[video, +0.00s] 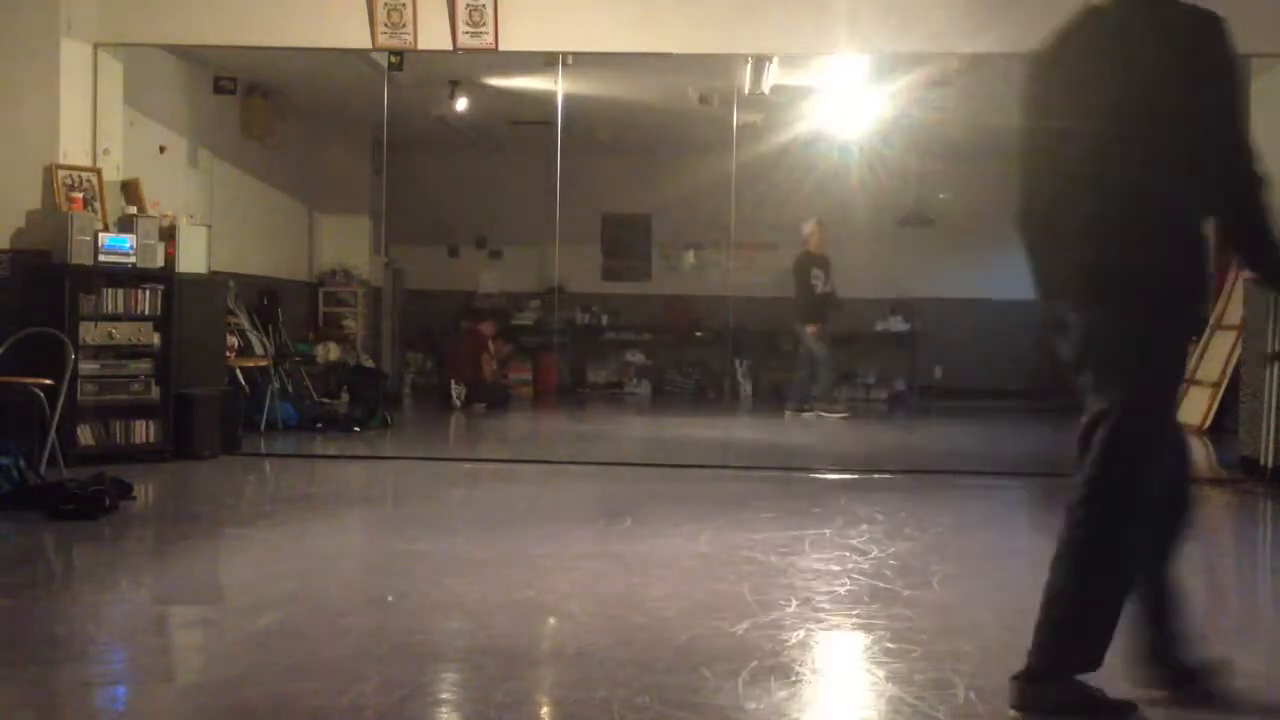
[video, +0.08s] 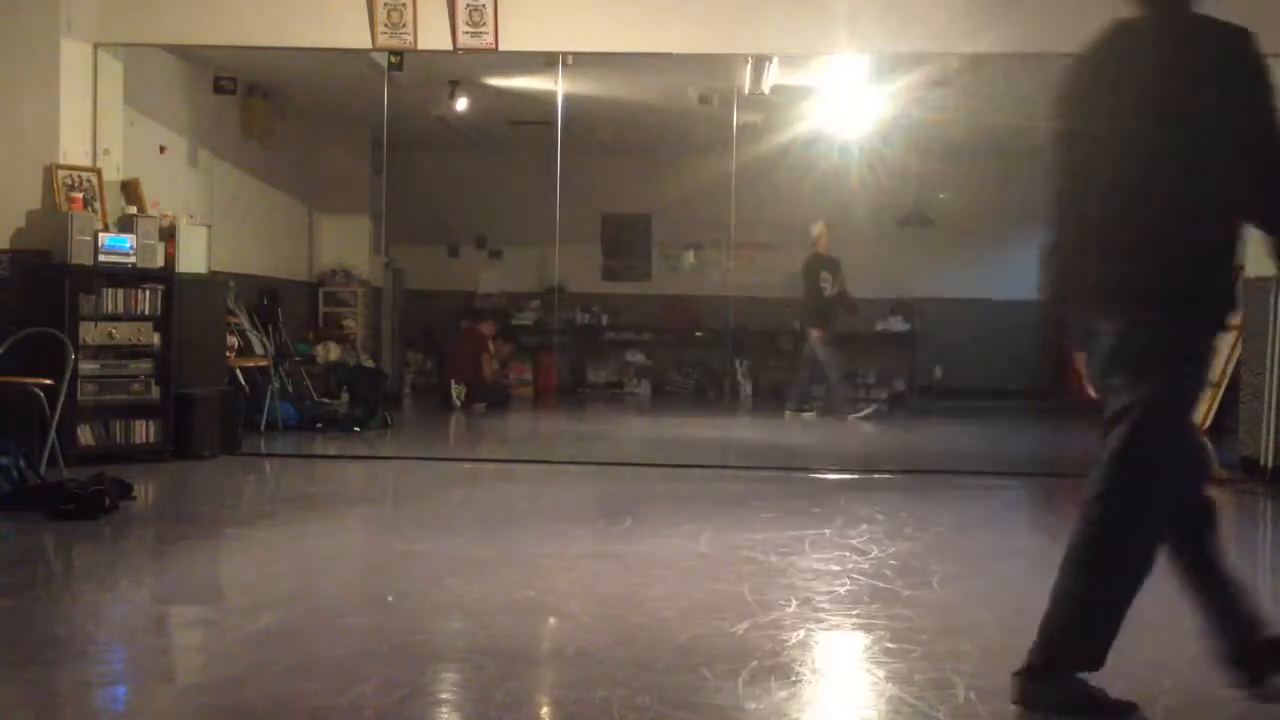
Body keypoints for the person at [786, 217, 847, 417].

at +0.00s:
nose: (821, 239)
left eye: (821, 234)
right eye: (816, 235)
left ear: (823, 236)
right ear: (808, 237)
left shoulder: (824, 260)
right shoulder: (802, 260)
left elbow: (827, 287)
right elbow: (803, 293)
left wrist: (834, 301)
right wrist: (808, 319)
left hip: (820, 315)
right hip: (805, 317)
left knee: (806, 360)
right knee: (822, 356)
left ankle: (797, 402)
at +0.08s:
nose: (827, 240)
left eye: (827, 236)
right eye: (823, 237)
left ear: (828, 237)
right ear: (817, 239)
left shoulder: (834, 263)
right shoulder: (811, 262)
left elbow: (839, 290)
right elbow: (811, 295)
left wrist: (851, 307)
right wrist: (813, 323)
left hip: (829, 317)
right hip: (816, 319)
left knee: (808, 362)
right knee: (830, 363)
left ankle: (795, 403)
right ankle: (841, 405)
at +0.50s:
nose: (873, 234)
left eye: (873, 229)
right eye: (869, 230)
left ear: (875, 232)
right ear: (861, 234)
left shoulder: (881, 256)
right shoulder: (856, 258)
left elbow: (883, 287)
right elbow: (857, 292)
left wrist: (883, 314)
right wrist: (863, 321)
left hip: (880, 315)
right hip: (865, 317)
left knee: (881, 361)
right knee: (867, 363)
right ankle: (868, 407)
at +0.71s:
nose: (893, 235)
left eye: (893, 231)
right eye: (889, 232)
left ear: (896, 233)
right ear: (881, 235)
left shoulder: (900, 259)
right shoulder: (876, 260)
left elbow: (900, 291)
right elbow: (874, 294)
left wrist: (905, 317)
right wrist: (887, 320)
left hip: (898, 317)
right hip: (880, 317)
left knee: (906, 360)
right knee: (876, 362)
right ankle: (868, 408)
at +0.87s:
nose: (912, 239)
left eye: (913, 234)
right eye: (908, 234)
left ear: (914, 236)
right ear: (901, 237)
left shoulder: (915, 261)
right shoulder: (897, 261)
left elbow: (915, 295)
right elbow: (898, 297)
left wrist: (920, 321)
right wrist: (910, 324)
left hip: (913, 319)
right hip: (897, 320)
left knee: (924, 363)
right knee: (890, 363)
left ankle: (933, 409)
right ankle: (872, 405)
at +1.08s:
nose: (928, 235)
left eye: (931, 230)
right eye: (924, 231)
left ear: (936, 231)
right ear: (918, 233)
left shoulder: (943, 260)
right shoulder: (914, 259)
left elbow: (944, 293)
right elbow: (911, 295)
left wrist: (945, 319)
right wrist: (918, 324)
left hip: (940, 319)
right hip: (922, 319)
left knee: (942, 368)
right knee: (926, 368)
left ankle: (935, 411)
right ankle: (900, 390)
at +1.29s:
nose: (943, 234)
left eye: (945, 229)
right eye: (938, 230)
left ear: (952, 230)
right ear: (932, 233)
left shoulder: (963, 256)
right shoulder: (926, 258)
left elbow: (973, 286)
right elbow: (921, 292)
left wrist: (981, 304)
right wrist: (924, 321)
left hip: (956, 316)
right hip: (933, 317)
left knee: (950, 363)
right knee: (946, 362)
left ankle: (942, 409)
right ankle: (935, 411)